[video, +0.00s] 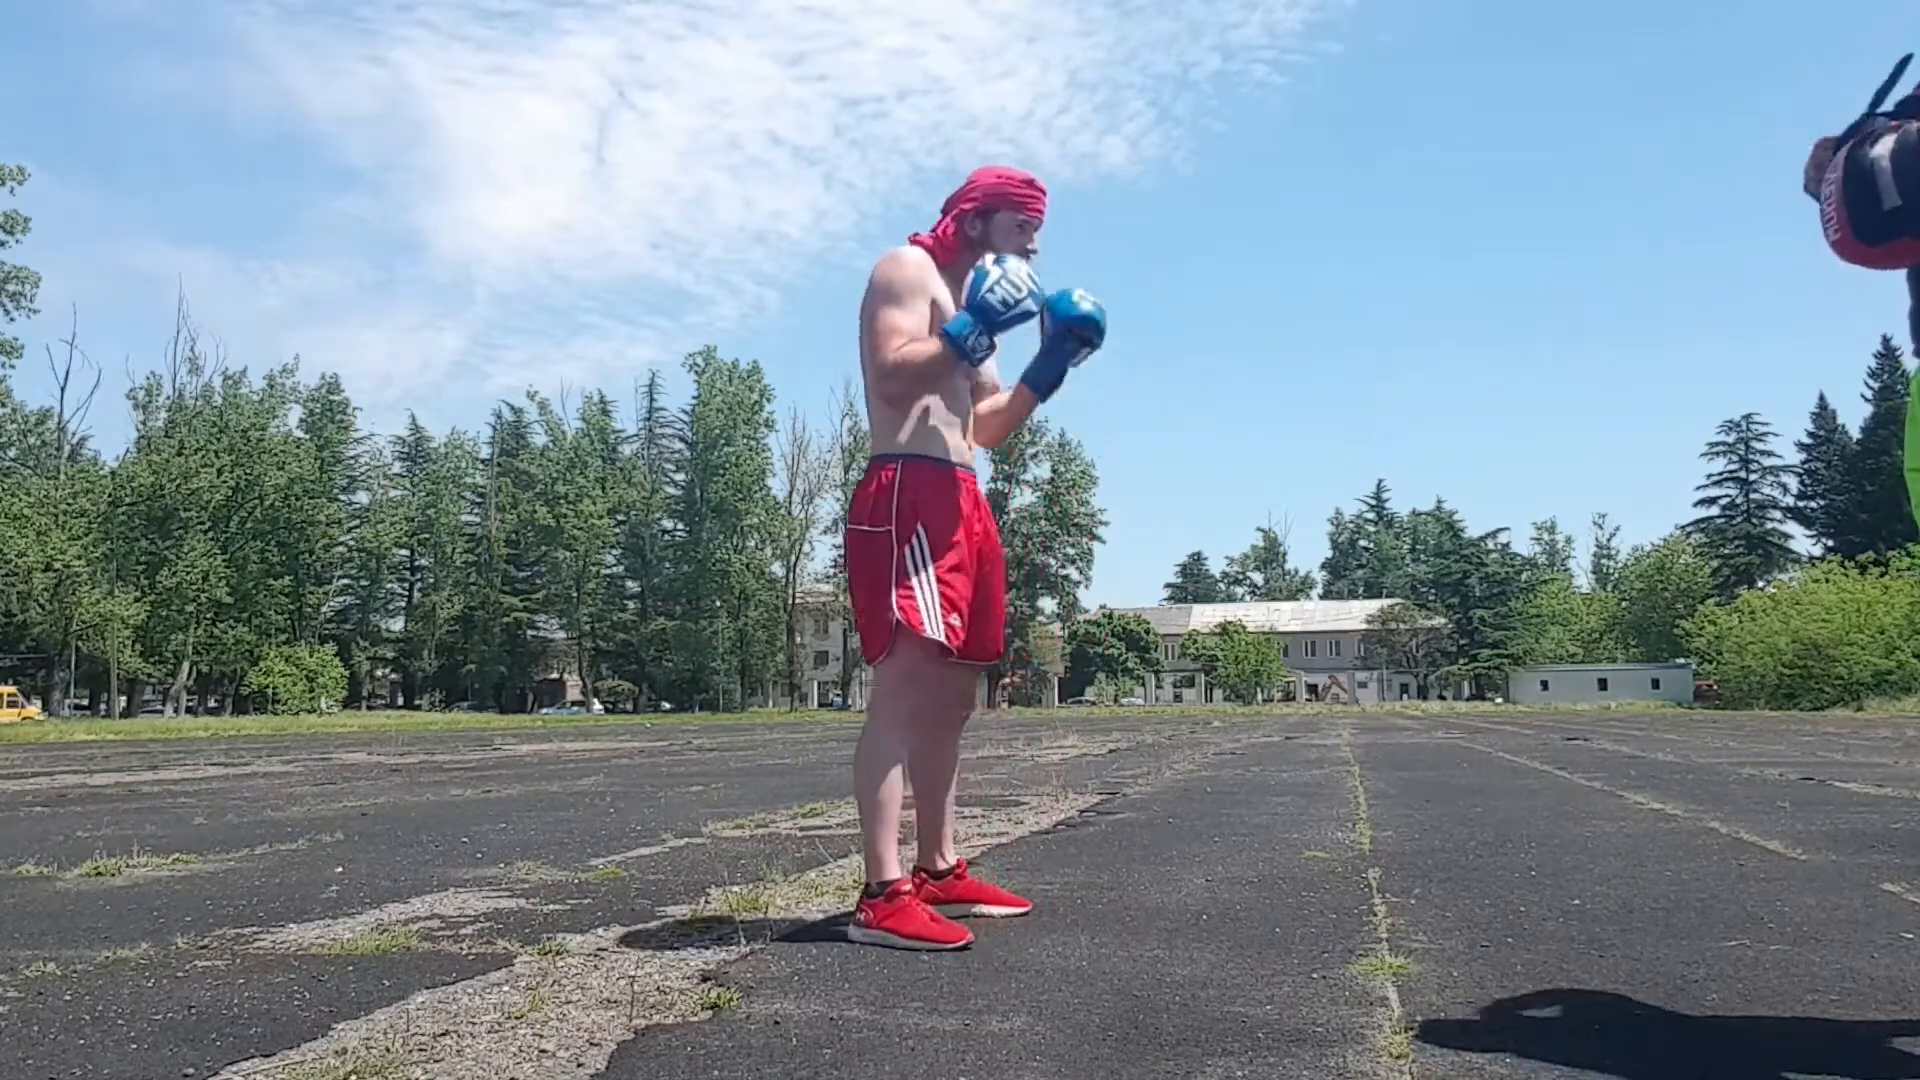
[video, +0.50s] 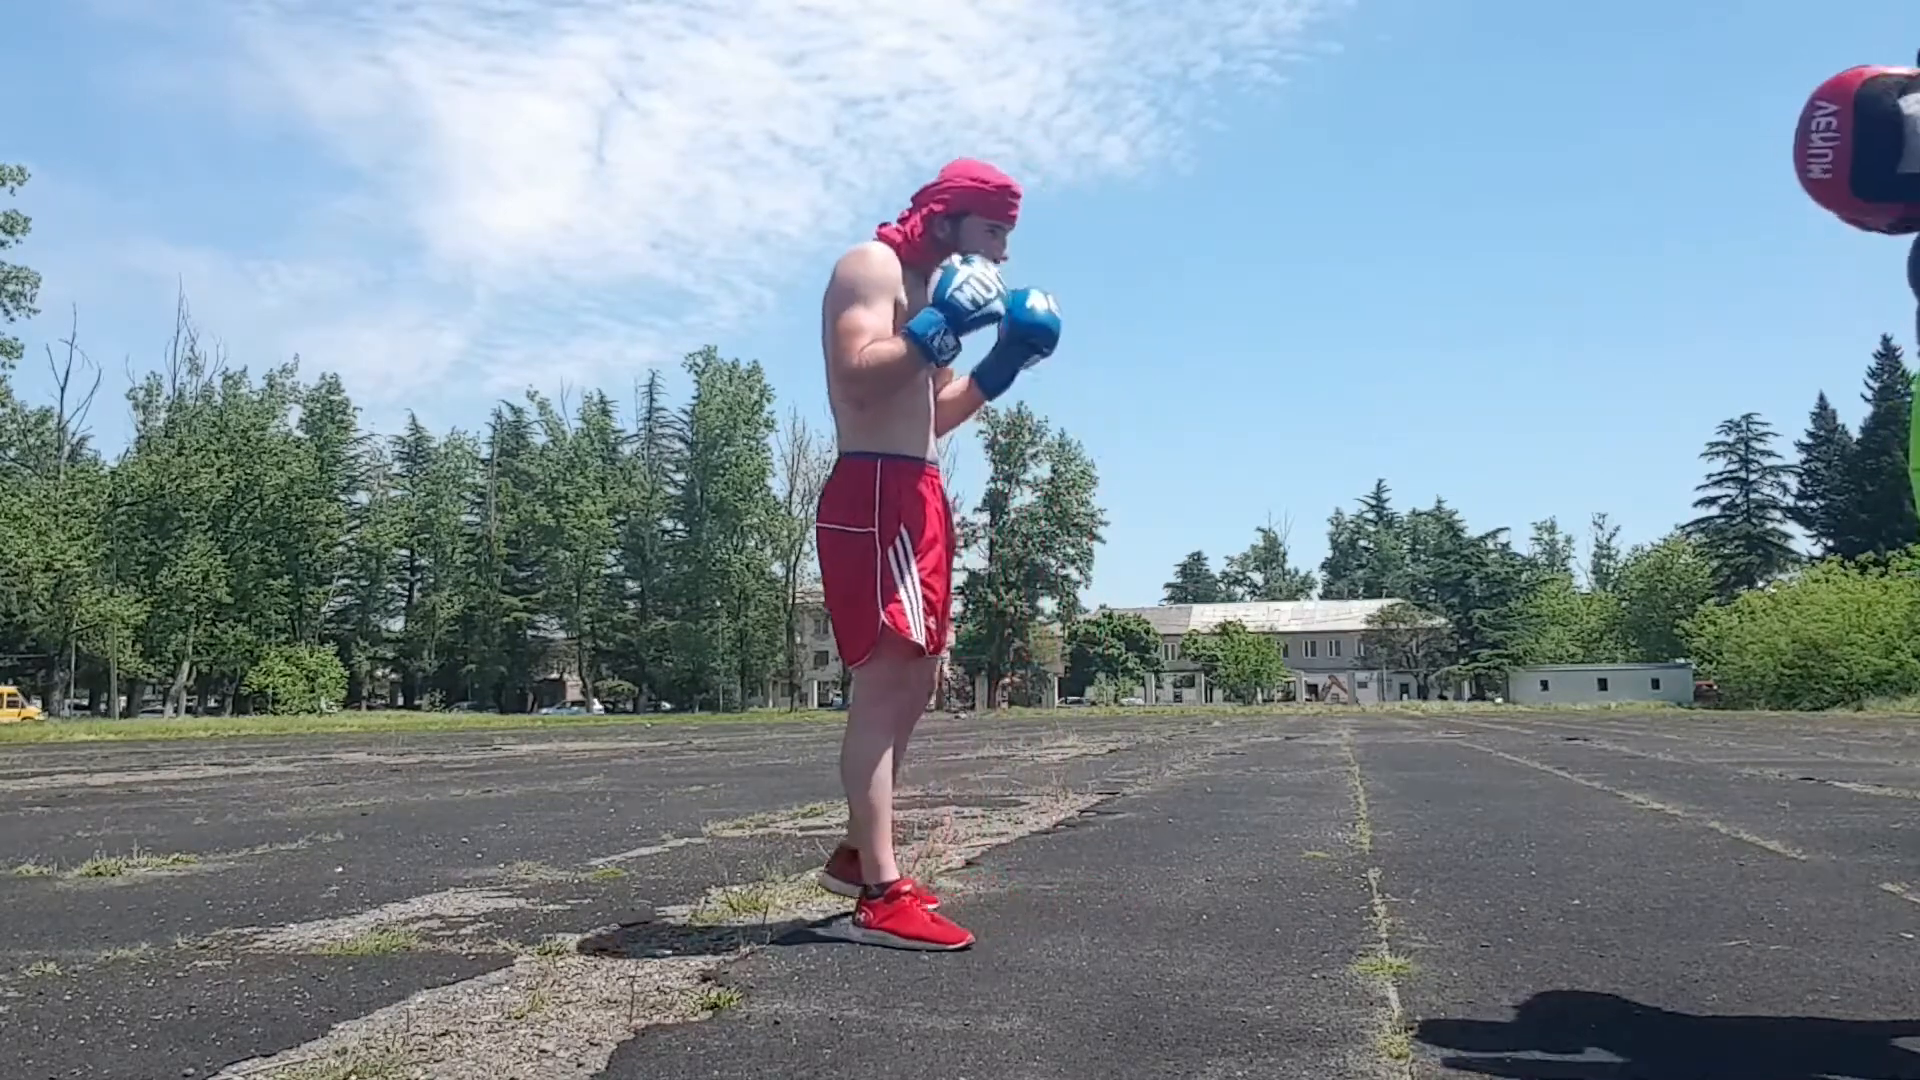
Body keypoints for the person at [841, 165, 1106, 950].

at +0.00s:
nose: (1031, 247)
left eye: (1036, 235)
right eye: (1023, 229)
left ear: (1010, 235)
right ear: (975, 219)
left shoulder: (979, 307)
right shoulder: (908, 267)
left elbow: (986, 428)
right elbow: (891, 370)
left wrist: (1049, 368)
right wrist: (970, 333)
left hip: (966, 502)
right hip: (908, 494)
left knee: (950, 695)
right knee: (901, 689)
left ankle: (937, 871)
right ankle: (884, 890)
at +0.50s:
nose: (999, 251)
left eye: (1004, 238)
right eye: (992, 233)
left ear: (970, 233)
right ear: (945, 218)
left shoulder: (932, 294)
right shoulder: (872, 264)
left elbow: (936, 417)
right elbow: (855, 376)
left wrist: (1006, 362)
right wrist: (938, 327)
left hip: (920, 495)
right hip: (878, 493)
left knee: (915, 683)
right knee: (886, 682)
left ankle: (860, 849)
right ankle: (882, 886)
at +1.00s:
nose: (938, 264)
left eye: (944, 251)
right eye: (925, 249)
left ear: (941, 257)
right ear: (880, 245)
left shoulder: (904, 340)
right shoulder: (839, 298)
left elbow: (895, 458)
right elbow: (777, 388)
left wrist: (941, 418)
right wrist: (861, 392)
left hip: (884, 513)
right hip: (842, 509)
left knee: (839, 701)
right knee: (881, 693)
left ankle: (821, 874)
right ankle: (879, 884)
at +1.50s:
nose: (919, 264)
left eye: (923, 252)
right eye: (910, 249)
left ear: (902, 257)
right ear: (865, 244)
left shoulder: (875, 330)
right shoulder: (819, 284)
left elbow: (882, 457)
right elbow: (761, 371)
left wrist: (917, 375)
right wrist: (849, 383)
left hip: (866, 506)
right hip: (816, 500)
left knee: (844, 700)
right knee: (819, 695)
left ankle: (823, 870)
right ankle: (792, 888)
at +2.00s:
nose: (895, 250)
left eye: (901, 237)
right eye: (883, 234)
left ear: (889, 243)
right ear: (836, 227)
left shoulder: (858, 318)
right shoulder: (791, 284)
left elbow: (844, 434)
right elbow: (754, 371)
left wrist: (877, 421)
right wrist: (847, 382)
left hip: (837, 504)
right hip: (785, 502)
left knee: (842, 693)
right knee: (798, 686)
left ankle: (796, 862)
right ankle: (781, 883)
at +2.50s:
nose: (899, 271)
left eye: (906, 259)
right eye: (886, 256)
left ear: (903, 264)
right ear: (842, 252)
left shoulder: (867, 339)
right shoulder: (801, 290)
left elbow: (864, 469)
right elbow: (733, 381)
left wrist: (897, 413)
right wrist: (827, 358)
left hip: (842, 517)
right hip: (792, 508)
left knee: (804, 701)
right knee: (855, 677)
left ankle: (778, 878)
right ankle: (835, 873)